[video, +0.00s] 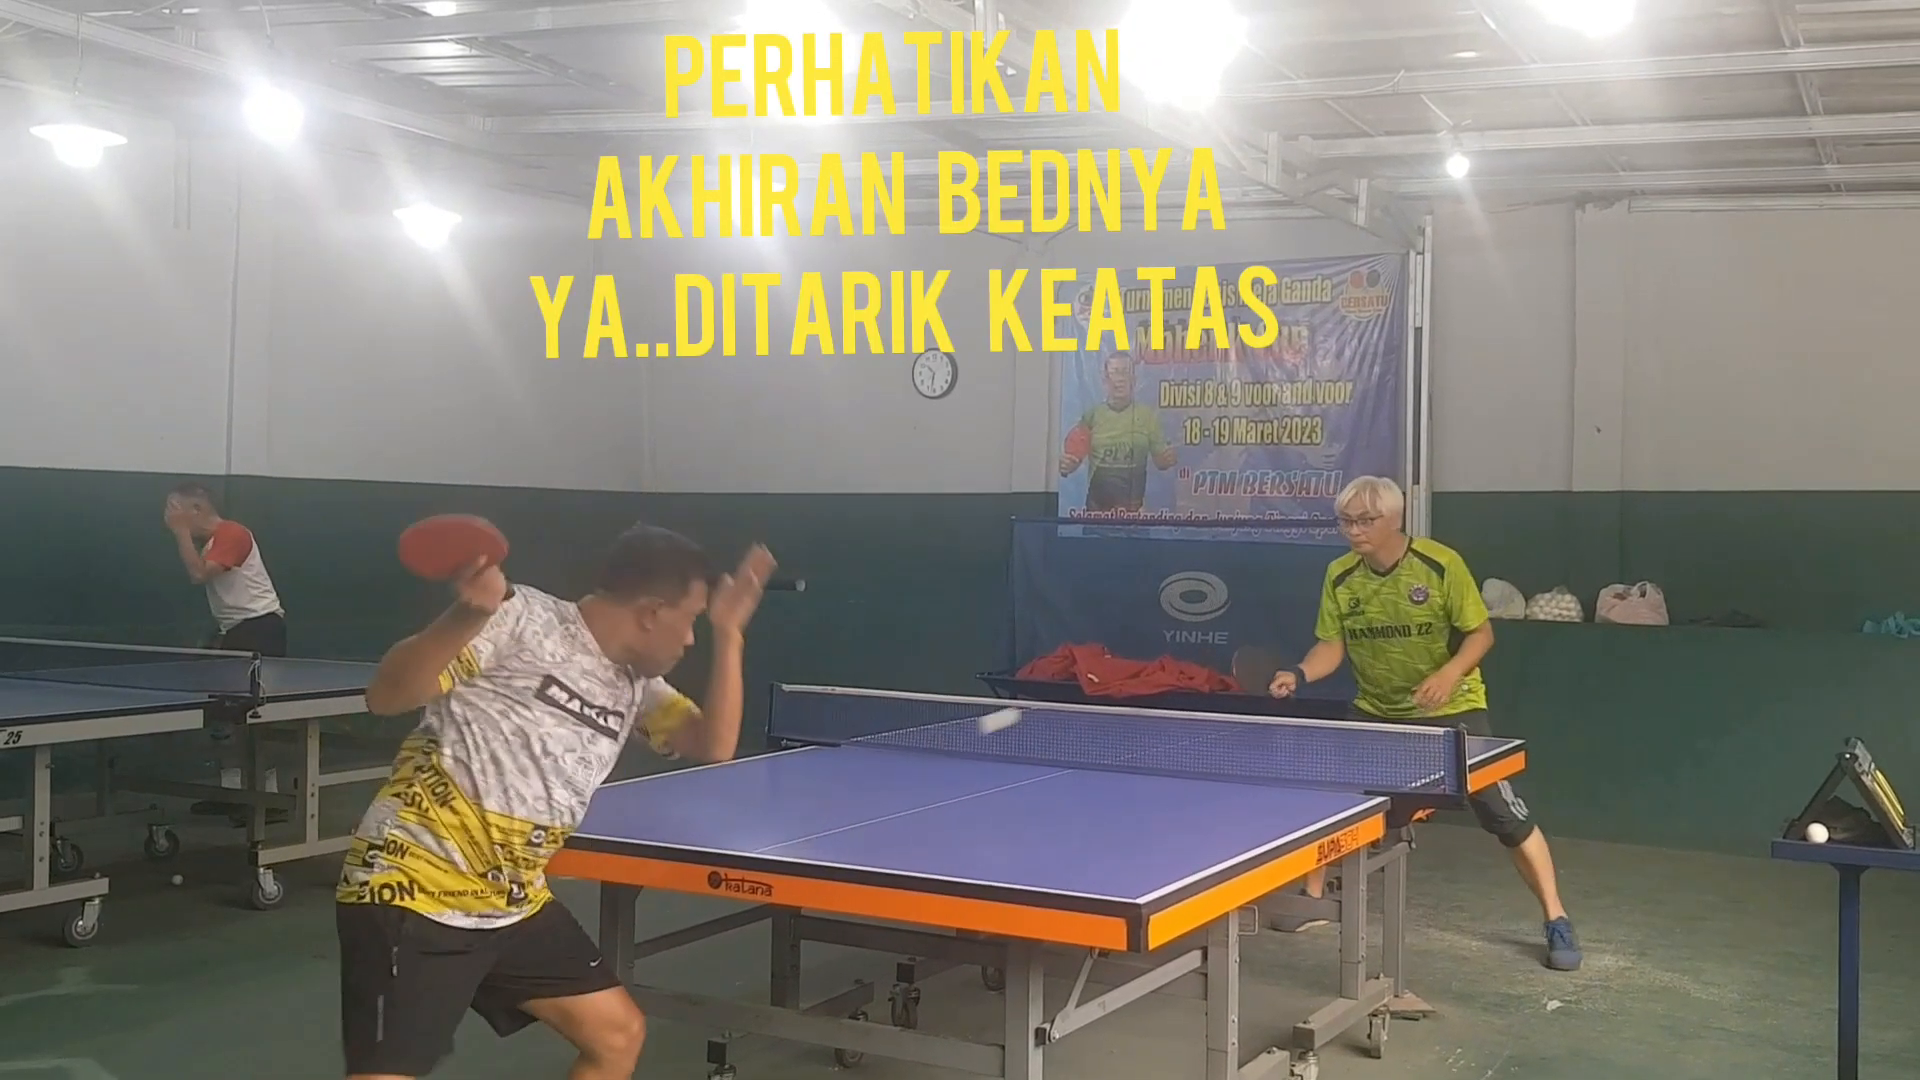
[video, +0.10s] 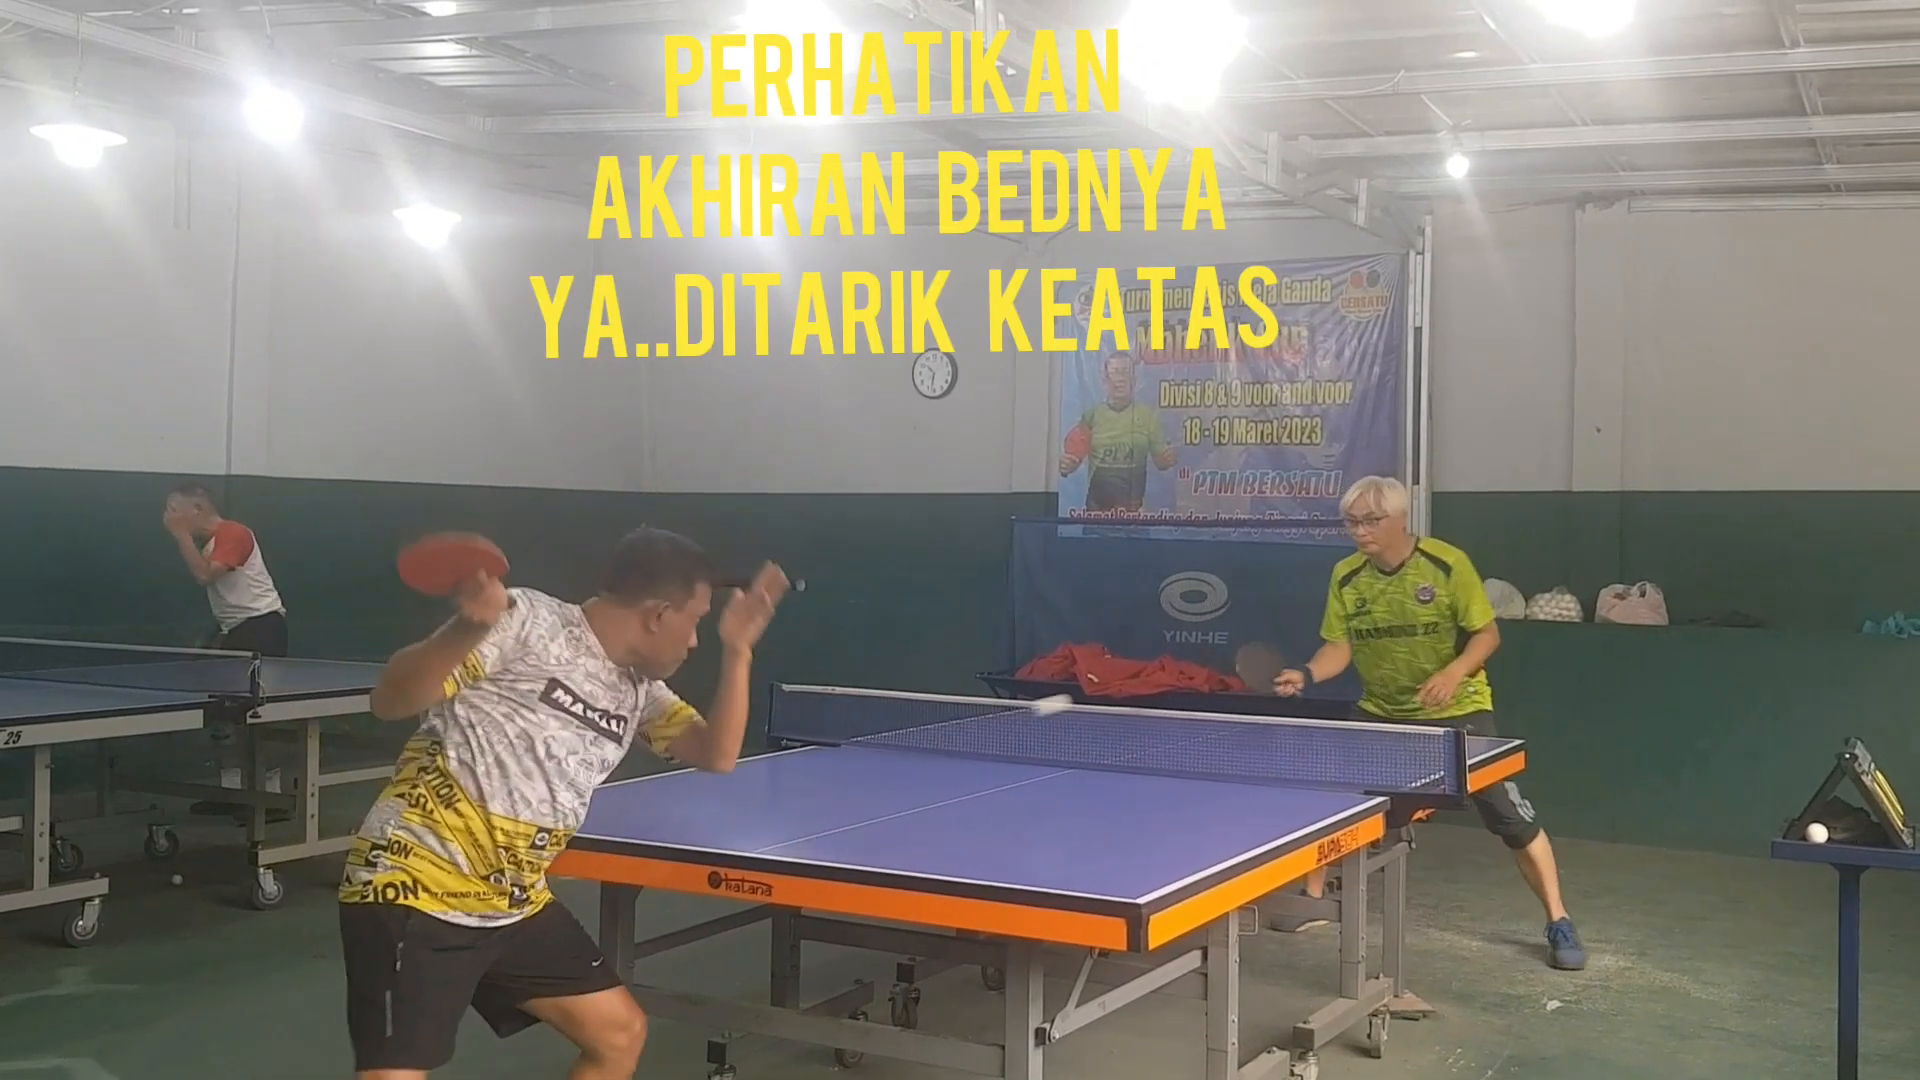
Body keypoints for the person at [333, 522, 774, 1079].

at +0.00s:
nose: (693, 641)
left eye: (698, 626)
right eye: (692, 621)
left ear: (646, 614)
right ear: (648, 612)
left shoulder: (632, 687)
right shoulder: (517, 615)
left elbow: (715, 746)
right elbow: (385, 695)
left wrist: (730, 635)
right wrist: (466, 613)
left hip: (510, 897)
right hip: (411, 886)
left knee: (618, 1035)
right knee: (383, 1072)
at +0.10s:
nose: (695, 640)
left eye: (700, 626)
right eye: (696, 620)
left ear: (651, 613)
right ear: (655, 612)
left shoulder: (638, 689)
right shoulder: (522, 618)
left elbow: (716, 755)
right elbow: (389, 700)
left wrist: (737, 653)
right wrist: (467, 625)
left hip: (510, 896)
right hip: (413, 884)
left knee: (620, 1033)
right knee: (394, 1072)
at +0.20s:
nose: (696, 640)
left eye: (700, 626)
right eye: (696, 621)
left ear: (651, 614)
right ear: (655, 613)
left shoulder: (638, 690)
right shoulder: (522, 617)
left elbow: (716, 755)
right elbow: (390, 701)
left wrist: (738, 653)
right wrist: (467, 626)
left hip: (510, 895)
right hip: (413, 884)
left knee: (620, 1033)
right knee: (394, 1073)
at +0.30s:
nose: (696, 639)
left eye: (700, 624)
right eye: (696, 621)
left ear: (654, 616)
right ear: (658, 615)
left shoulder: (642, 692)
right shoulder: (525, 617)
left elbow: (718, 760)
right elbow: (392, 705)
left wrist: (745, 664)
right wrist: (474, 643)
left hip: (508, 892)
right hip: (412, 880)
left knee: (620, 1031)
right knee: (401, 1070)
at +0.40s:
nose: (696, 639)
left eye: (700, 624)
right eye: (696, 622)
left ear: (654, 616)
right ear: (659, 616)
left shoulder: (641, 692)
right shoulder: (526, 618)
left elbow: (718, 759)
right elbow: (392, 705)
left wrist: (745, 664)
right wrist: (474, 644)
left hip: (509, 893)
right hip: (413, 880)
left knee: (620, 1030)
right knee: (401, 1070)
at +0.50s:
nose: (695, 636)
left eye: (699, 621)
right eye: (695, 619)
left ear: (653, 614)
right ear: (659, 614)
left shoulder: (640, 691)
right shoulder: (526, 619)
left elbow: (716, 761)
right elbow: (394, 707)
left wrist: (747, 672)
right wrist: (483, 657)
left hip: (508, 890)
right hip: (411, 877)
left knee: (618, 1028)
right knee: (405, 1070)